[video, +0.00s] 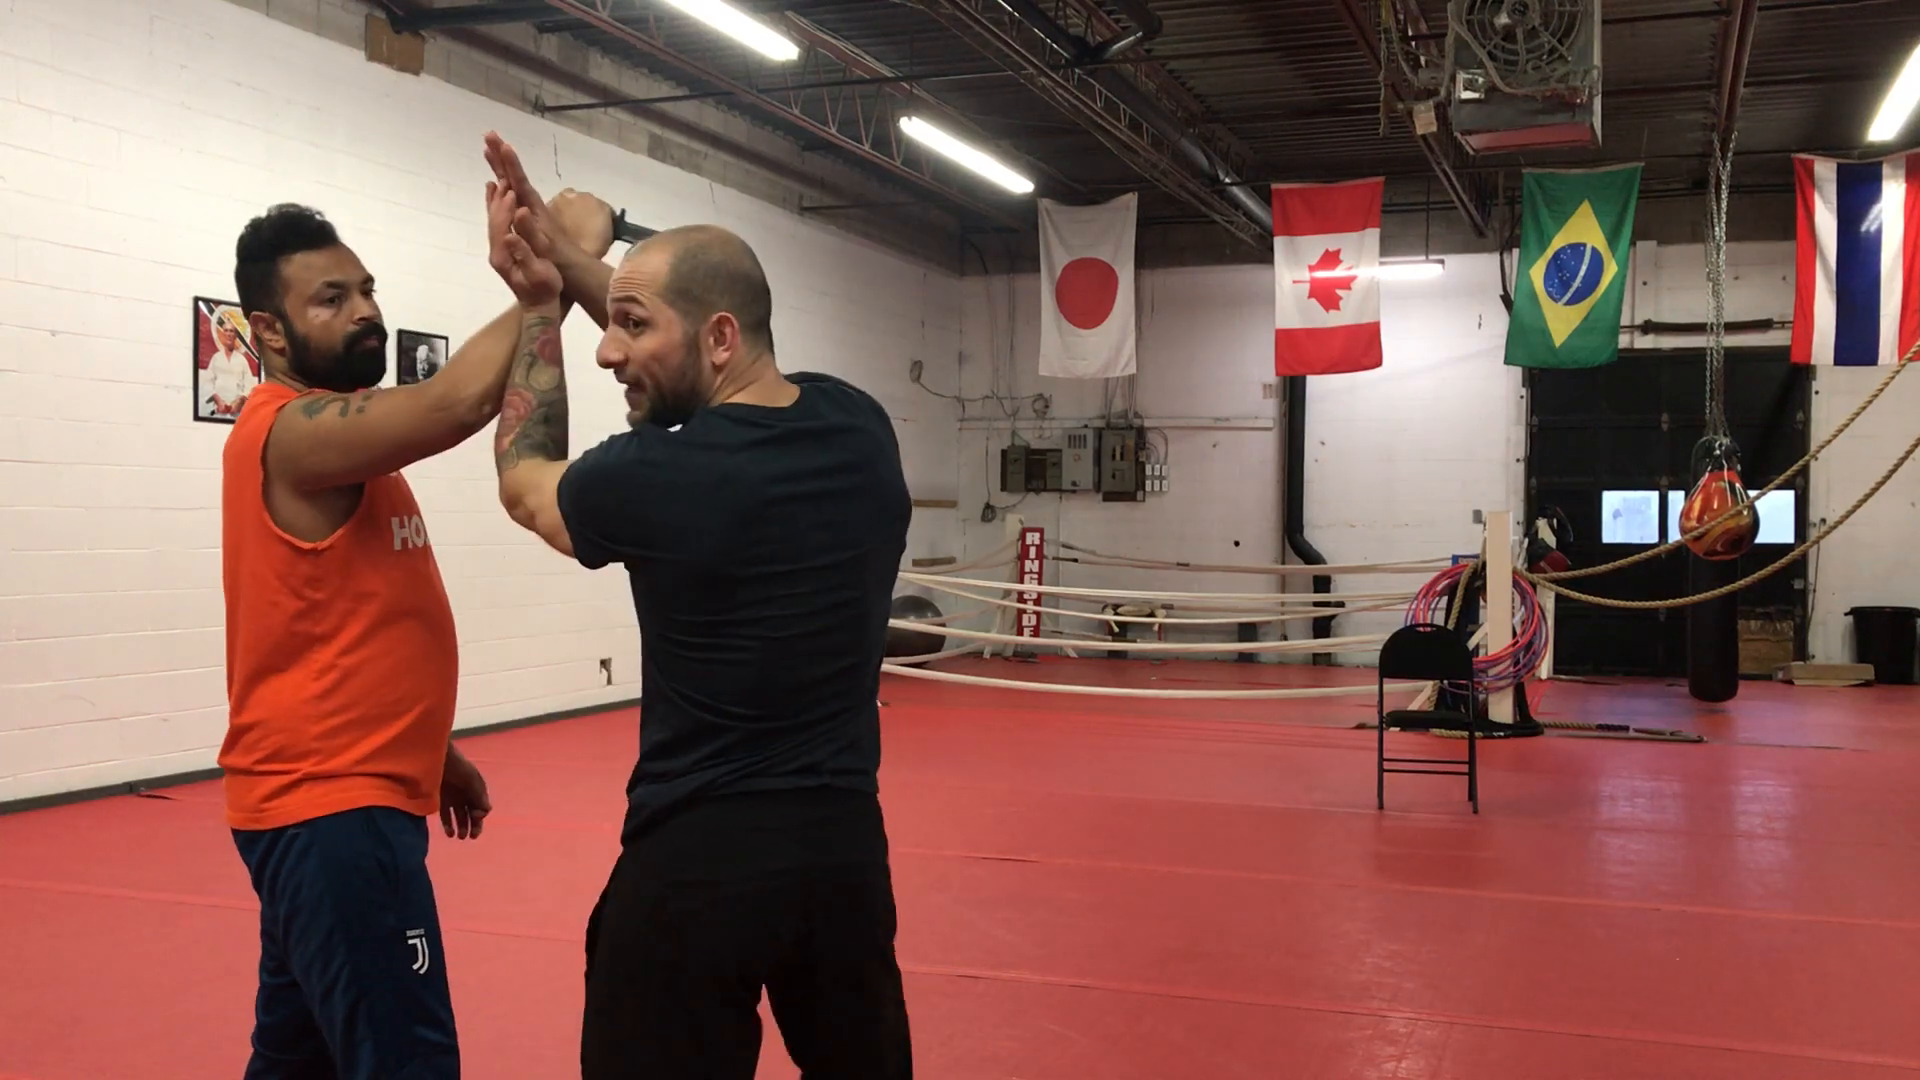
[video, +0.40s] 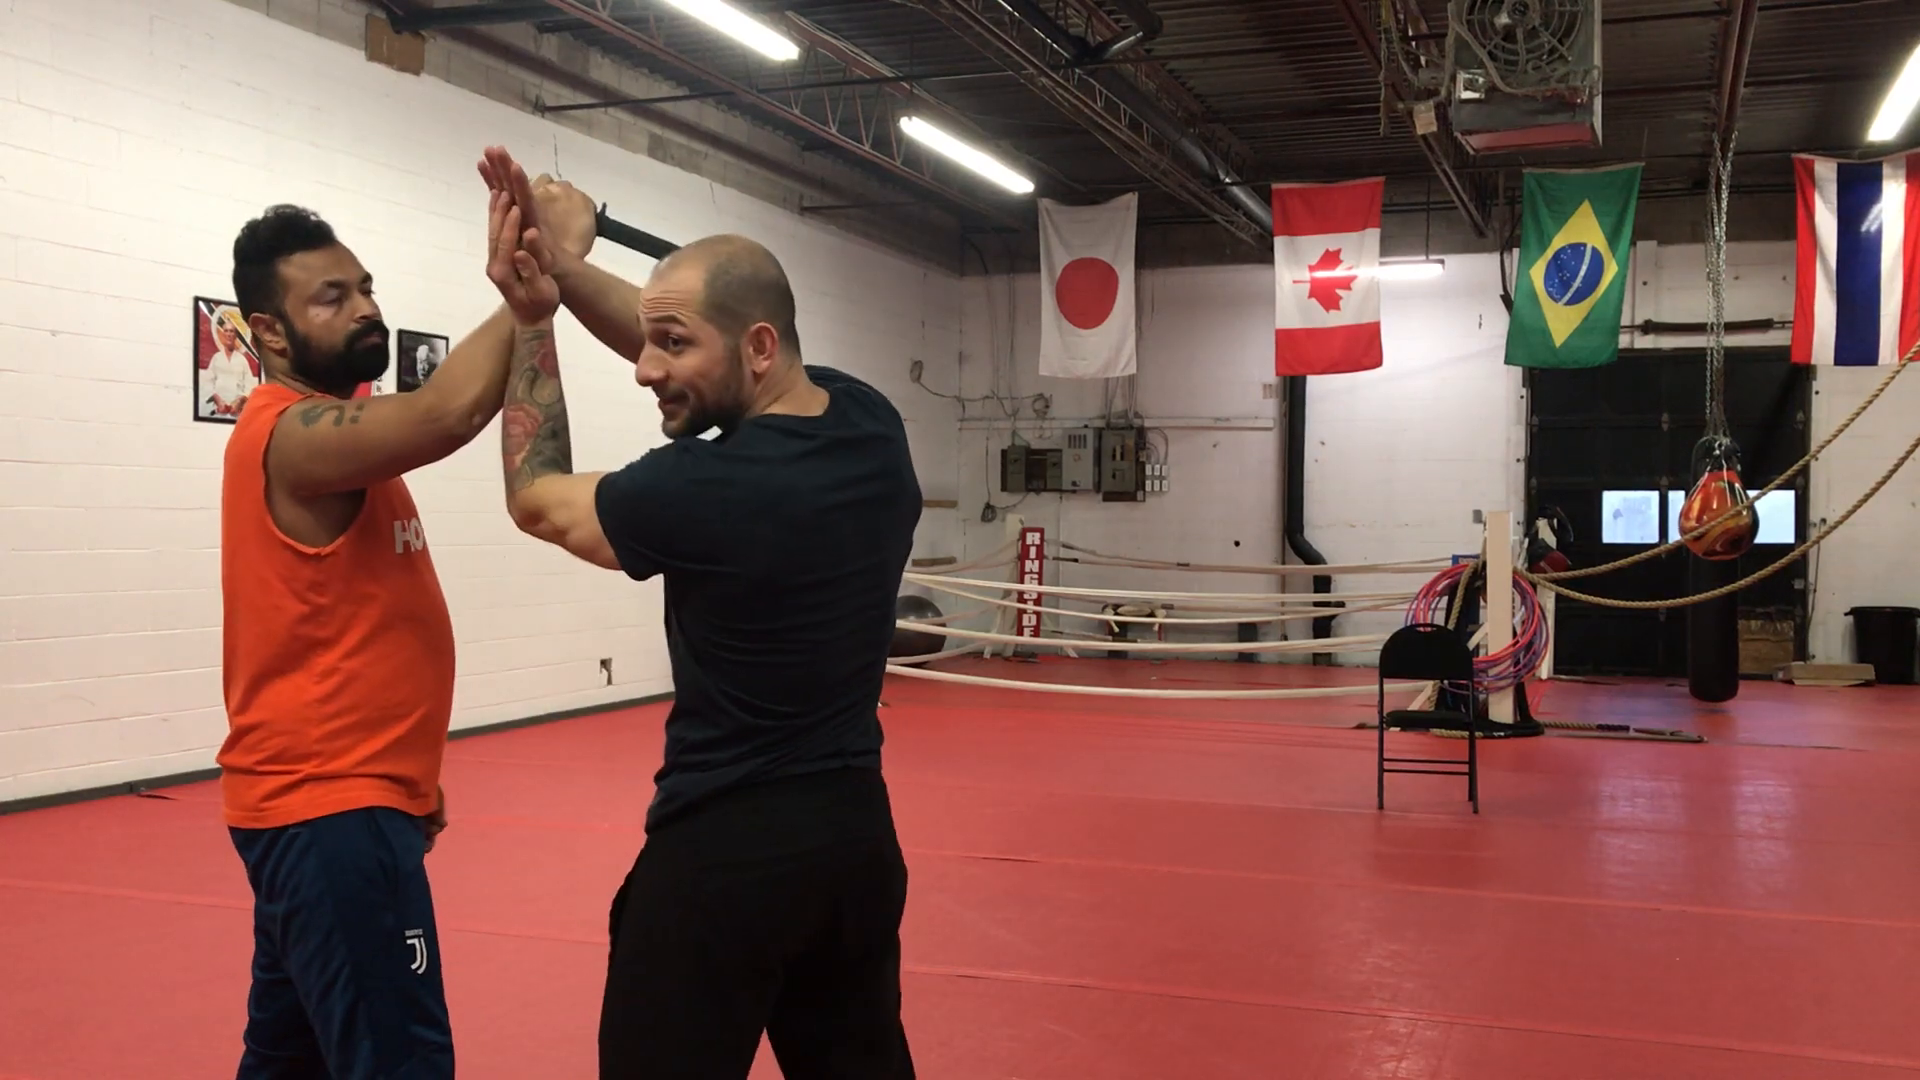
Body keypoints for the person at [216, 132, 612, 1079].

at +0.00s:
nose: (366, 312)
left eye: (367, 291)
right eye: (333, 298)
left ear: (373, 296)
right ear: (270, 329)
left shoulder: (318, 426)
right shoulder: (295, 427)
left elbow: (333, 631)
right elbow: (458, 400)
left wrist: (425, 751)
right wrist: (555, 275)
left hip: (334, 791)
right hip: (334, 800)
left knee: (296, 1056)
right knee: (409, 1057)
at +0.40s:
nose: (367, 310)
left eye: (365, 289)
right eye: (334, 297)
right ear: (267, 328)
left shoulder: (306, 422)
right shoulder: (295, 429)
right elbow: (445, 414)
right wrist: (526, 288)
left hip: (323, 800)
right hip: (332, 807)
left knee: (289, 1055)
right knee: (404, 1057)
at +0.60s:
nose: (375, 309)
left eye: (371, 289)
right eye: (341, 299)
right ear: (274, 331)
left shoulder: (299, 420)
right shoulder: (302, 431)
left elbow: (450, 420)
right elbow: (454, 419)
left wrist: (528, 290)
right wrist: (526, 301)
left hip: (314, 797)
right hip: (337, 804)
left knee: (291, 1055)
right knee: (408, 1057)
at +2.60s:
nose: (702, 322)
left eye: (700, 303)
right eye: (673, 308)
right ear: (609, 338)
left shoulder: (647, 433)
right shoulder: (610, 433)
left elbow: (640, 625)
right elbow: (736, 433)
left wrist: (710, 747)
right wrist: (816, 311)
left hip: (632, 786)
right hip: (617, 793)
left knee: (561, 1048)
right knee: (690, 1053)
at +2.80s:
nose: (709, 326)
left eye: (708, 306)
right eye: (682, 310)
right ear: (617, 336)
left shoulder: (657, 430)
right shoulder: (619, 430)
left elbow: (651, 623)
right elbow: (746, 431)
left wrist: (719, 751)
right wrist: (822, 316)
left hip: (643, 784)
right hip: (621, 789)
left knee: (567, 1048)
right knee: (697, 1053)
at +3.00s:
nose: (710, 327)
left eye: (709, 306)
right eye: (681, 311)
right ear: (616, 338)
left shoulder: (661, 430)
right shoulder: (620, 433)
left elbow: (650, 622)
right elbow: (744, 434)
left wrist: (718, 749)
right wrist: (823, 319)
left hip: (647, 782)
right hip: (621, 787)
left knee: (569, 1047)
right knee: (698, 1054)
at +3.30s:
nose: (705, 325)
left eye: (704, 306)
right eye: (676, 312)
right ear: (614, 338)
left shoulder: (655, 431)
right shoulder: (616, 432)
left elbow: (652, 624)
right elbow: (738, 436)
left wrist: (717, 750)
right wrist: (822, 316)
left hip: (644, 787)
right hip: (623, 793)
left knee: (565, 1049)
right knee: (696, 1054)